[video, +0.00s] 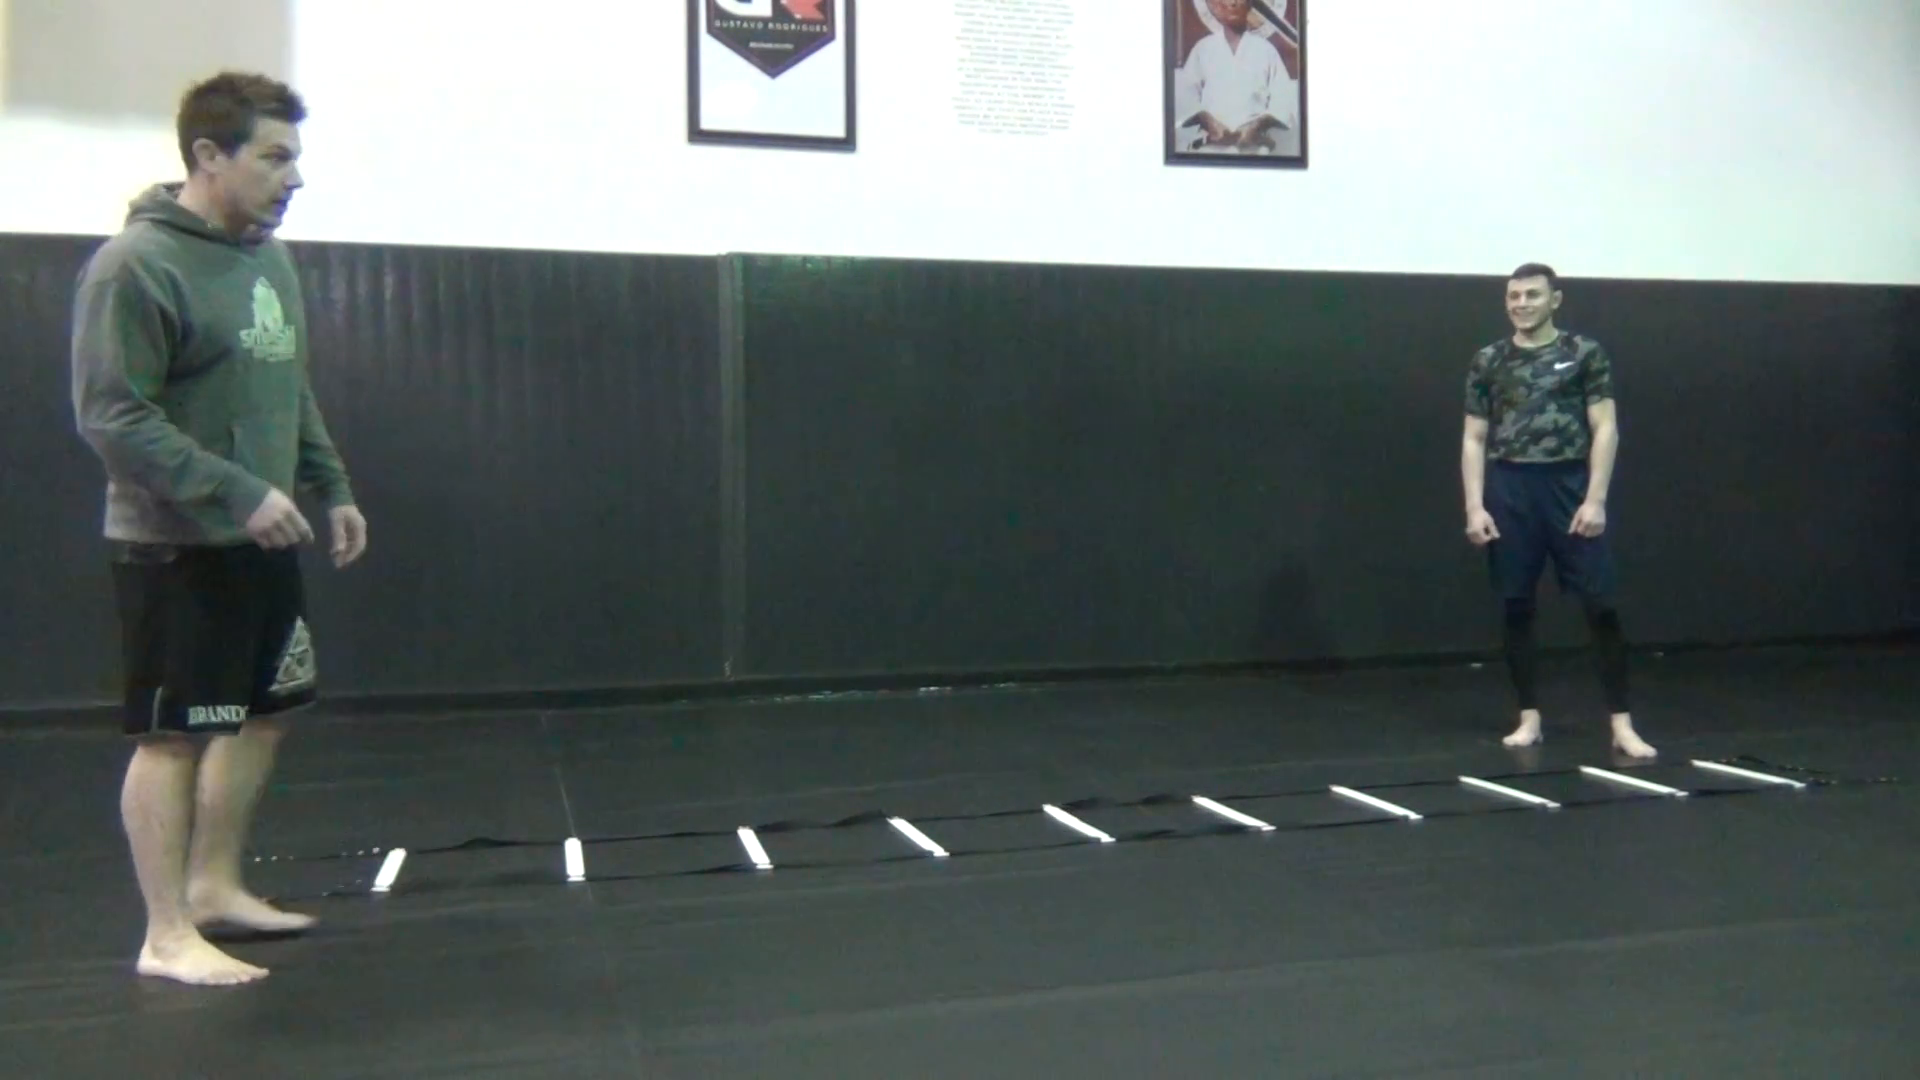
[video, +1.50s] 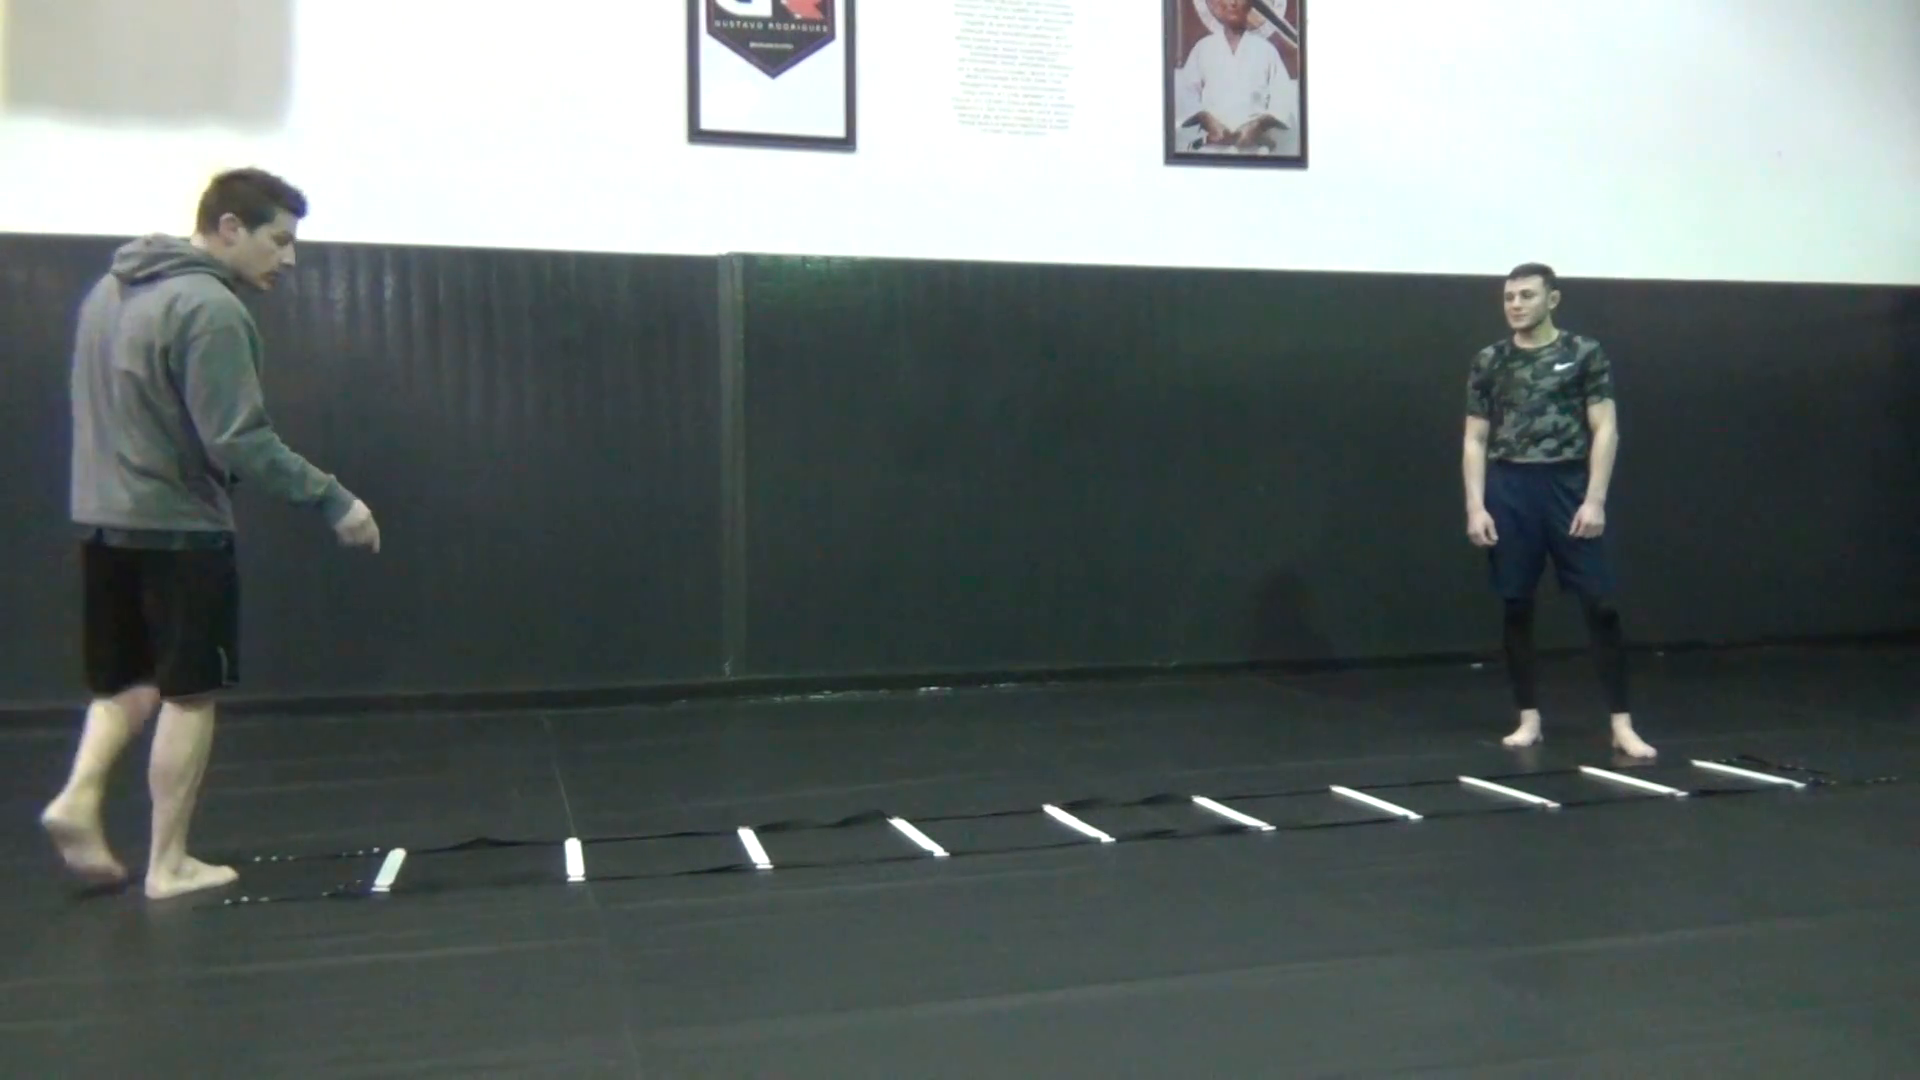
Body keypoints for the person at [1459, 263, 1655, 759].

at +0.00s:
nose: (1521, 304)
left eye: (1532, 295)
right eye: (1514, 296)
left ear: (1555, 300)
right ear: (1506, 303)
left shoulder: (1586, 354)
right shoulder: (1488, 361)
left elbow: (1605, 428)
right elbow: (1474, 438)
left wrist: (1595, 499)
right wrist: (1474, 506)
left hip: (1571, 490)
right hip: (1509, 491)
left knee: (1601, 603)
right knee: (1516, 605)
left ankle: (1621, 722)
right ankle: (1528, 716)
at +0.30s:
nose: (1519, 303)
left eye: (1530, 295)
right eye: (1512, 296)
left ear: (1554, 299)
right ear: (1505, 302)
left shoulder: (1585, 354)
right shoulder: (1488, 361)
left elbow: (1605, 428)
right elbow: (1472, 437)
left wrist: (1596, 497)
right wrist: (1470, 504)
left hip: (1570, 489)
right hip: (1508, 489)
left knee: (1601, 603)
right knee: (1516, 604)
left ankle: (1621, 722)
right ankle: (1528, 717)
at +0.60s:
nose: (1518, 303)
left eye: (1529, 295)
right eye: (1512, 296)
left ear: (1554, 299)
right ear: (1505, 303)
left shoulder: (1586, 353)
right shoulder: (1489, 360)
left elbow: (1605, 428)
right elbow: (1473, 438)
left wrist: (1596, 498)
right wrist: (1473, 505)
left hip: (1571, 490)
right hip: (1509, 491)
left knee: (1602, 603)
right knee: (1516, 605)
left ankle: (1620, 723)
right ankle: (1528, 717)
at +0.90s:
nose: (1518, 304)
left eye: (1529, 295)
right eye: (1511, 297)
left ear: (1553, 299)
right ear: (1504, 303)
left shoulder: (1586, 353)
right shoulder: (1489, 361)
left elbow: (1605, 428)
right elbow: (1474, 438)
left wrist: (1596, 499)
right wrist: (1475, 507)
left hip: (1571, 490)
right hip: (1510, 492)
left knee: (1602, 604)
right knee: (1516, 605)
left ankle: (1621, 724)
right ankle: (1528, 717)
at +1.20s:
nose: (1516, 305)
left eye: (1527, 296)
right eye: (1510, 297)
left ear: (1552, 299)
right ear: (1504, 303)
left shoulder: (1586, 354)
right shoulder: (1489, 361)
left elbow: (1604, 429)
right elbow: (1475, 438)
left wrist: (1595, 499)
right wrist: (1475, 506)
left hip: (1570, 490)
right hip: (1509, 492)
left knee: (1601, 603)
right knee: (1515, 605)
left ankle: (1621, 723)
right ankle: (1528, 718)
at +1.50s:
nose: (1516, 305)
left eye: (1527, 296)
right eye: (1510, 298)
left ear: (1552, 299)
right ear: (1503, 304)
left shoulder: (1585, 353)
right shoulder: (1489, 361)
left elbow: (1604, 428)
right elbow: (1475, 438)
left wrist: (1595, 499)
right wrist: (1475, 506)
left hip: (1570, 490)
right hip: (1509, 491)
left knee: (1601, 603)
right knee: (1515, 605)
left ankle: (1621, 724)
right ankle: (1528, 718)